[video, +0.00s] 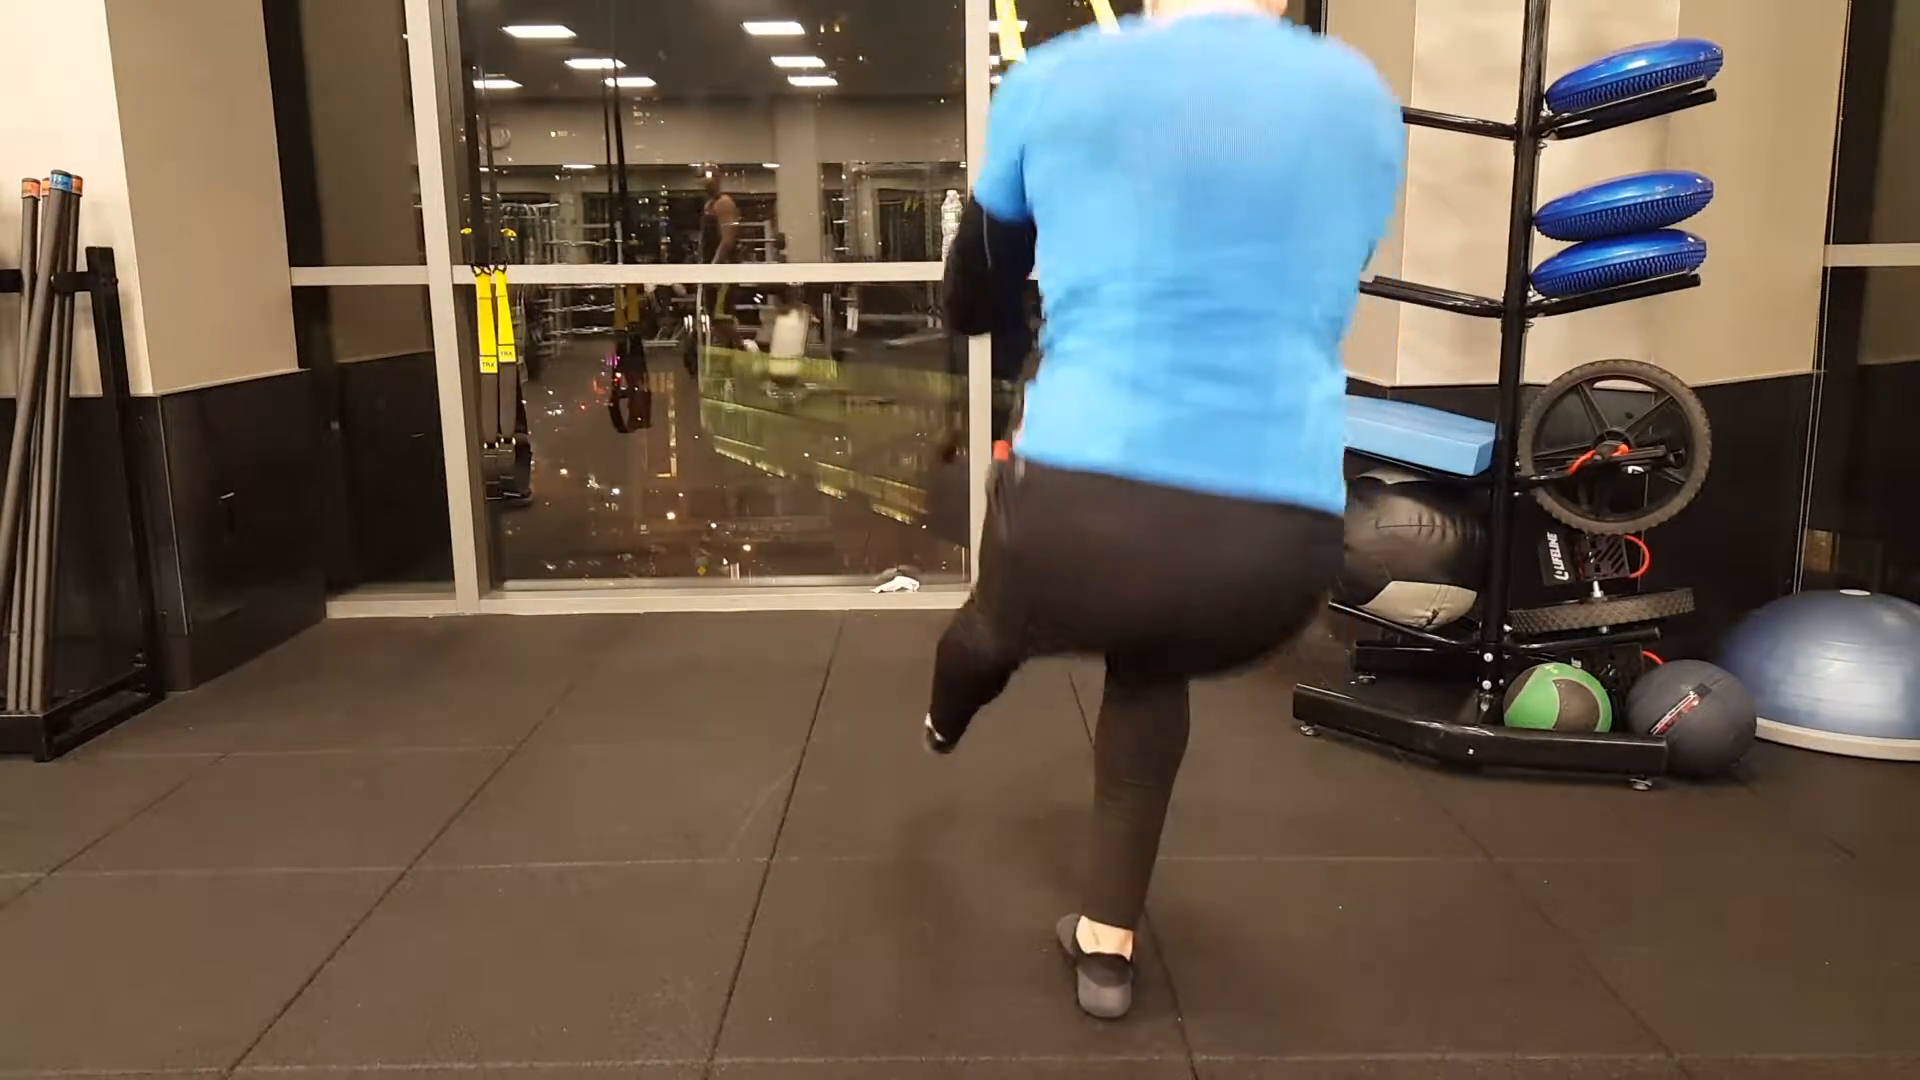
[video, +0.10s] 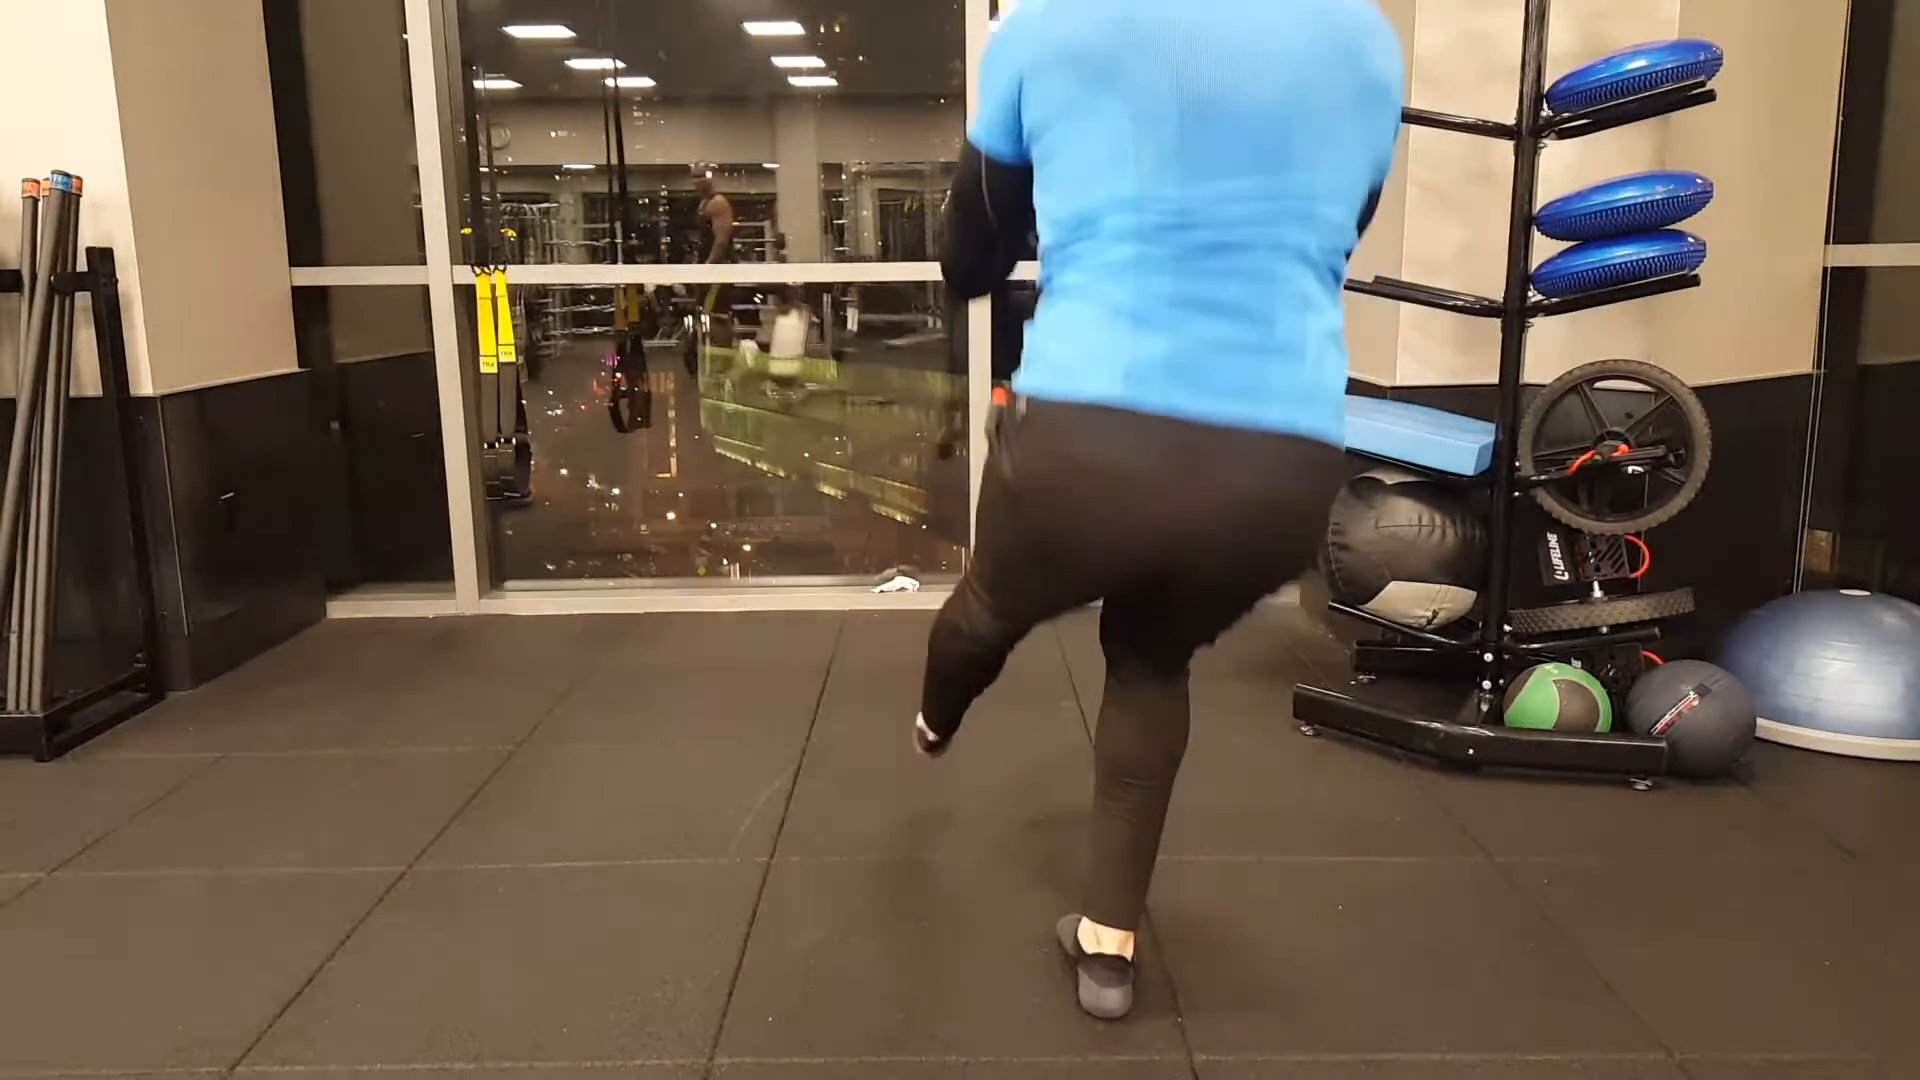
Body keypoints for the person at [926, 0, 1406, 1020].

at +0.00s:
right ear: (1279, 1)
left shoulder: (1050, 78)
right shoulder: (1361, 94)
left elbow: (984, 290)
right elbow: (1329, 286)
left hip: (1082, 522)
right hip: (1273, 546)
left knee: (998, 626)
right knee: (1152, 662)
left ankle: (945, 719)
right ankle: (1111, 943)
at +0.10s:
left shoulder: (1042, 28)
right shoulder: (1365, 41)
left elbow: (985, 245)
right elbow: (1339, 232)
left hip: (1091, 445)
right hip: (1282, 459)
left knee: (995, 603)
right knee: (1155, 654)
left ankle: (935, 722)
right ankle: (1113, 945)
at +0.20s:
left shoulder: (1031, 5)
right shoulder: (1372, 14)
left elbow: (973, 217)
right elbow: (1332, 220)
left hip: (1087, 376)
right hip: (1279, 395)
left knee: (989, 578)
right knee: (1152, 642)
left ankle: (921, 732)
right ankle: (1113, 946)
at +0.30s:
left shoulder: (1025, 0)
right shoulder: (1369, 8)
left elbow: (964, 164)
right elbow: (1341, 192)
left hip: (1082, 328)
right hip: (1271, 348)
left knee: (971, 569)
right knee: (1152, 638)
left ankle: (902, 755)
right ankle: (1110, 945)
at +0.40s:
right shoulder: (1369, 5)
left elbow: (957, 128)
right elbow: (1346, 165)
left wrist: (1044, 81)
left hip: (1072, 275)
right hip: (1262, 297)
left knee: (959, 566)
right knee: (1153, 636)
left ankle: (888, 780)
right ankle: (1114, 949)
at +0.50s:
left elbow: (944, 91)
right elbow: (1346, 139)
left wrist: (1048, 38)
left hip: (1056, 250)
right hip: (1248, 272)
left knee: (952, 570)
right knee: (1156, 637)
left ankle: (876, 821)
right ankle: (1116, 952)